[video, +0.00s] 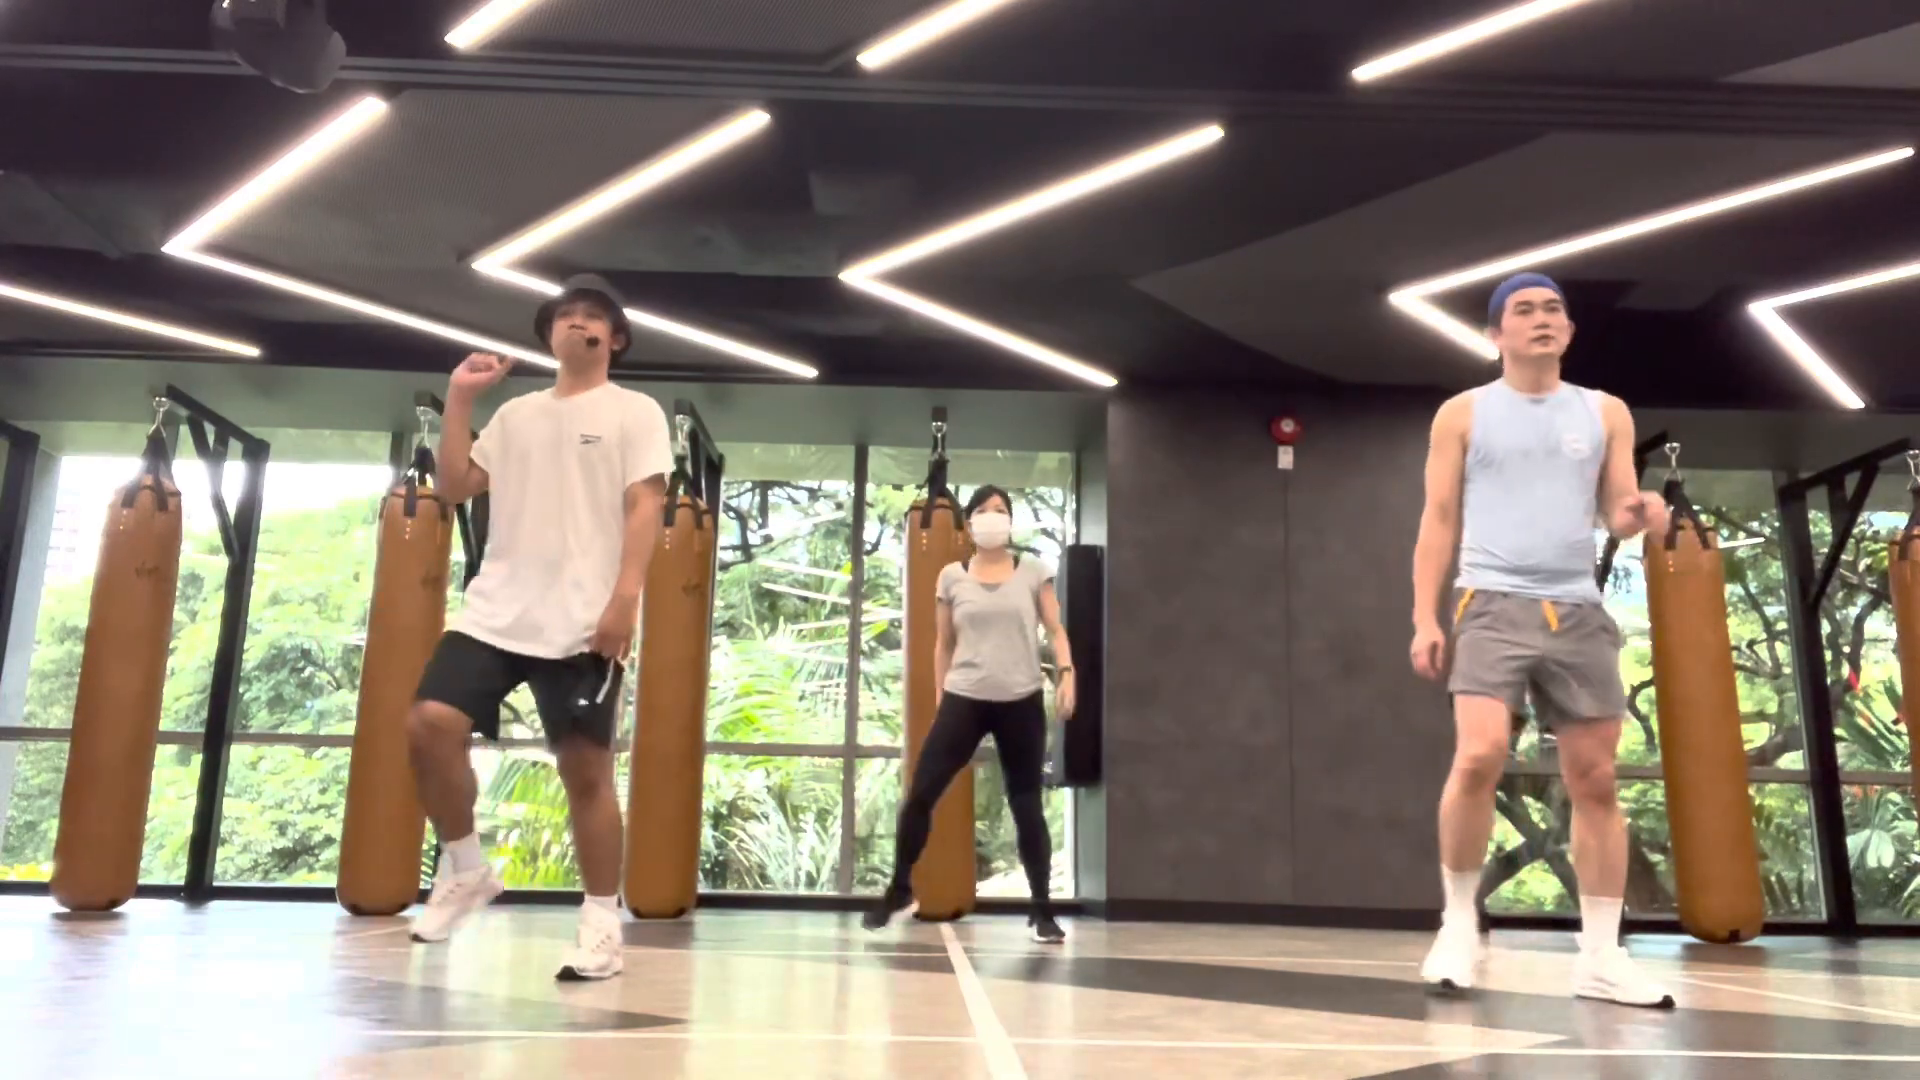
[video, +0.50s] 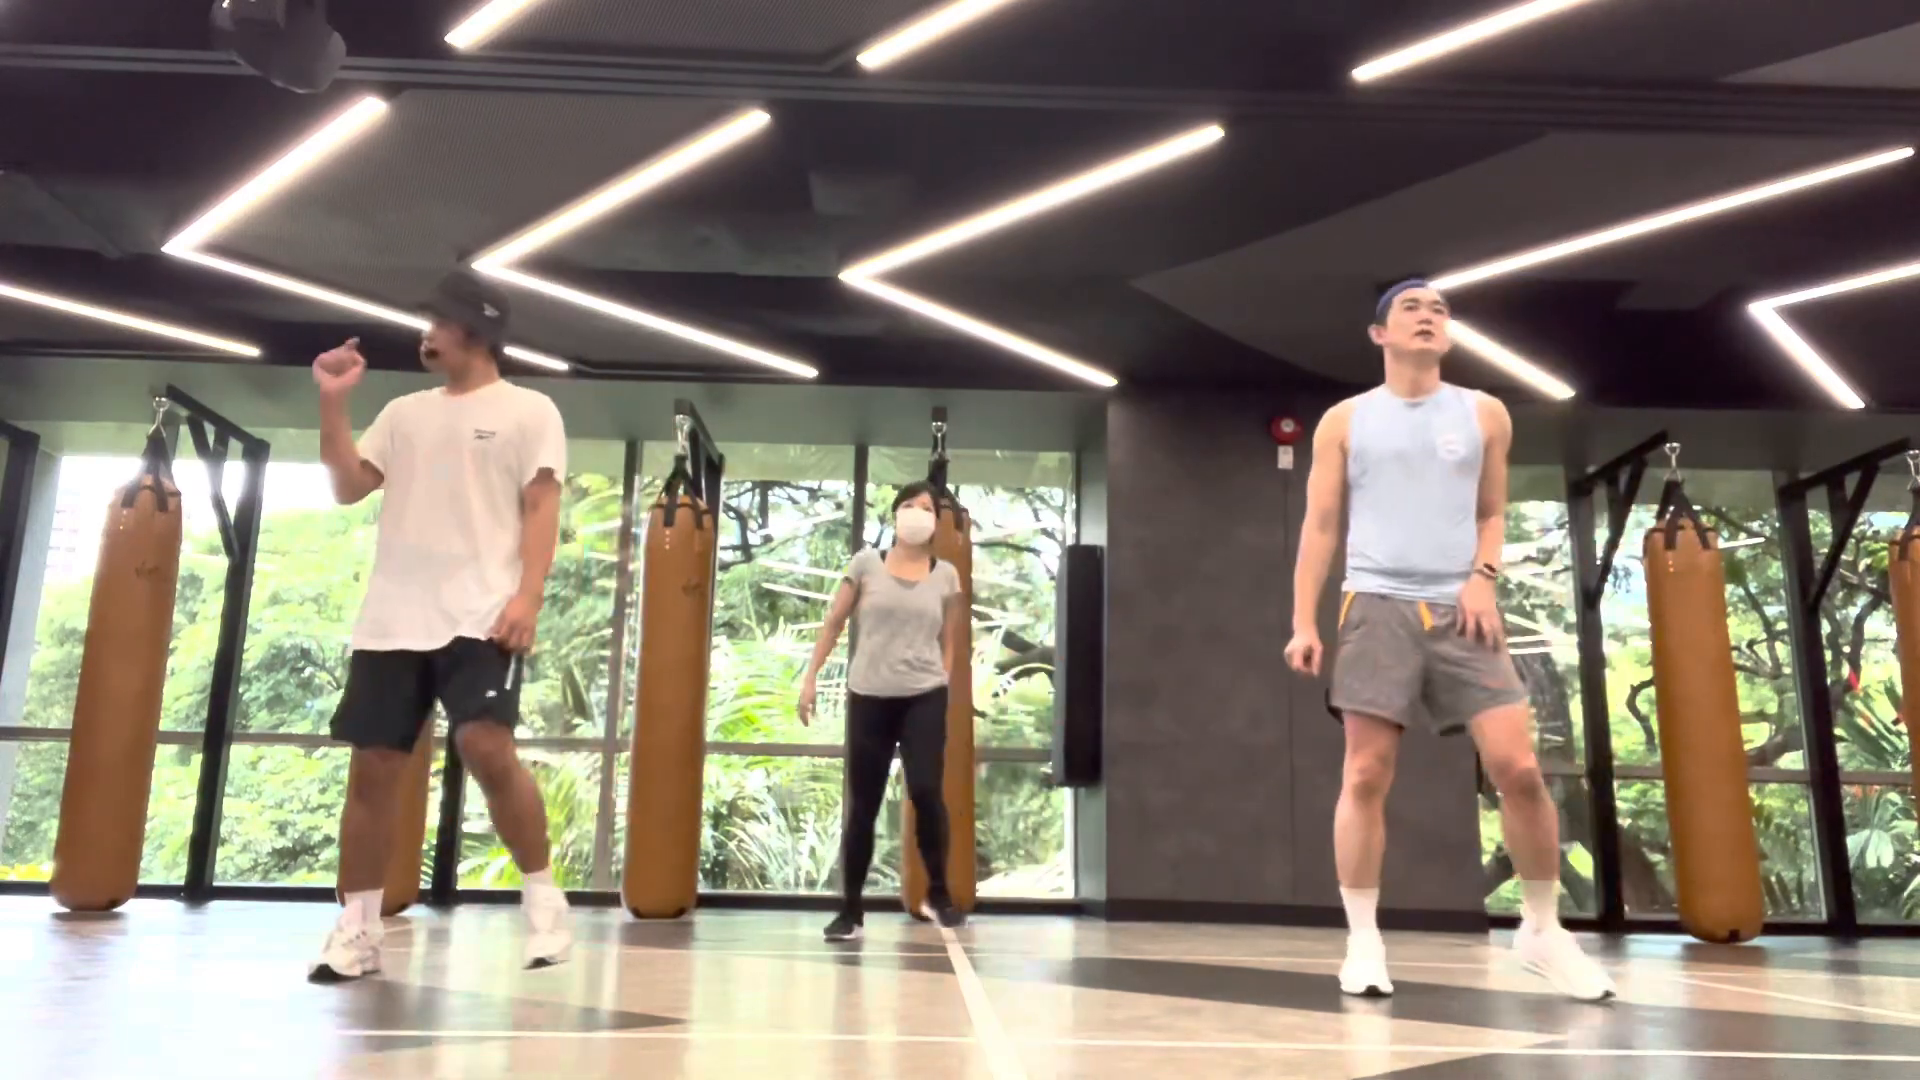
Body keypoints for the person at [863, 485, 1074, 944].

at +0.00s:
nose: (993, 519)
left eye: (1000, 512)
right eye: (984, 512)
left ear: (1011, 523)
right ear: (970, 524)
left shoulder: (1032, 571)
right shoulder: (952, 576)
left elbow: (1054, 628)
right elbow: (943, 641)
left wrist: (1067, 677)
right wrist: (943, 695)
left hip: (1021, 701)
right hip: (963, 699)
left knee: (1027, 806)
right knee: (921, 795)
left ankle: (1042, 911)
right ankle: (900, 888)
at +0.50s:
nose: (917, 514)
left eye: (926, 509)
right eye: (909, 507)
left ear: (938, 523)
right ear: (894, 519)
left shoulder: (946, 576)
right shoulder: (867, 562)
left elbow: (948, 640)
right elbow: (833, 623)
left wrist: (944, 689)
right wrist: (810, 677)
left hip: (926, 695)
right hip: (869, 695)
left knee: (926, 792)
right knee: (861, 807)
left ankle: (938, 894)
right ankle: (851, 911)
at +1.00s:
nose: (941, 521)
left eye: (950, 515)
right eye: (931, 514)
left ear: (960, 530)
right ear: (915, 526)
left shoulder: (964, 584)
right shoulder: (891, 566)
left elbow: (965, 648)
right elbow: (856, 623)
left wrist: (968, 698)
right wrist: (848, 683)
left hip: (946, 703)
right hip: (889, 703)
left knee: (990, 799)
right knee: (874, 807)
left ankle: (1027, 896)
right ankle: (850, 909)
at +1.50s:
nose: (1014, 519)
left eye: (1022, 513)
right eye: (1004, 513)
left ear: (1033, 528)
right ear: (990, 526)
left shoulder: (1048, 580)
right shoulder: (969, 570)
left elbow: (1068, 645)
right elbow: (948, 635)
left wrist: (1087, 700)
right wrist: (942, 694)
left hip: (1030, 702)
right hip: (975, 700)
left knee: (1035, 809)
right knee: (978, 804)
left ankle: (1040, 912)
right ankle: (972, 900)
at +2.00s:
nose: (960, 525)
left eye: (969, 519)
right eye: (951, 519)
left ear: (981, 534)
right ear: (937, 533)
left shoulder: (999, 581)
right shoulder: (919, 585)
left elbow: (1014, 643)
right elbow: (911, 652)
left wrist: (1014, 696)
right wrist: (903, 709)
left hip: (987, 711)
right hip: (927, 710)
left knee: (1009, 812)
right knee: (876, 807)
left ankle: (1040, 911)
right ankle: (829, 901)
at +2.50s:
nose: (889, 523)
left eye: (898, 517)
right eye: (880, 515)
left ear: (906, 531)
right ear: (862, 525)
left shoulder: (915, 583)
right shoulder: (835, 570)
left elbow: (918, 649)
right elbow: (803, 630)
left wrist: (916, 703)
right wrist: (776, 686)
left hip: (891, 702)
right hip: (836, 699)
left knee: (868, 795)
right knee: (825, 808)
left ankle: (863, 900)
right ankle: (820, 906)